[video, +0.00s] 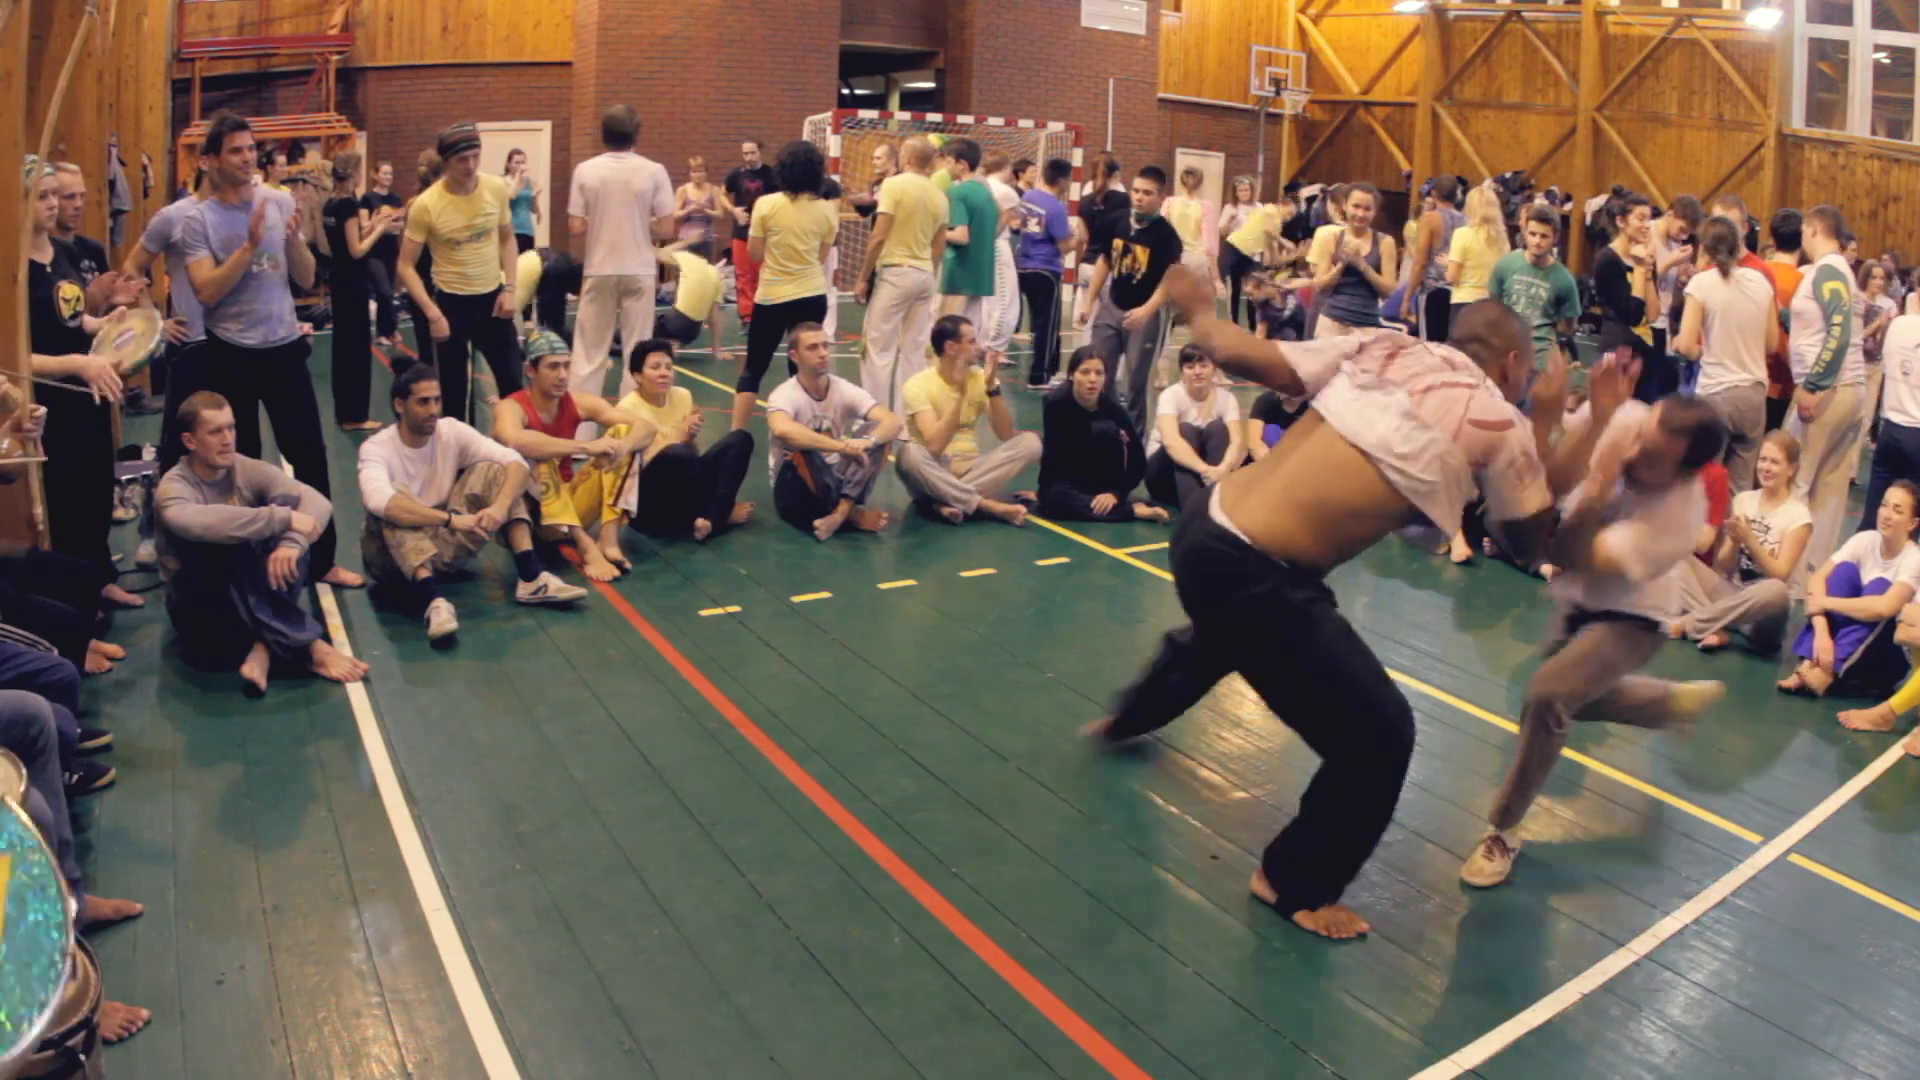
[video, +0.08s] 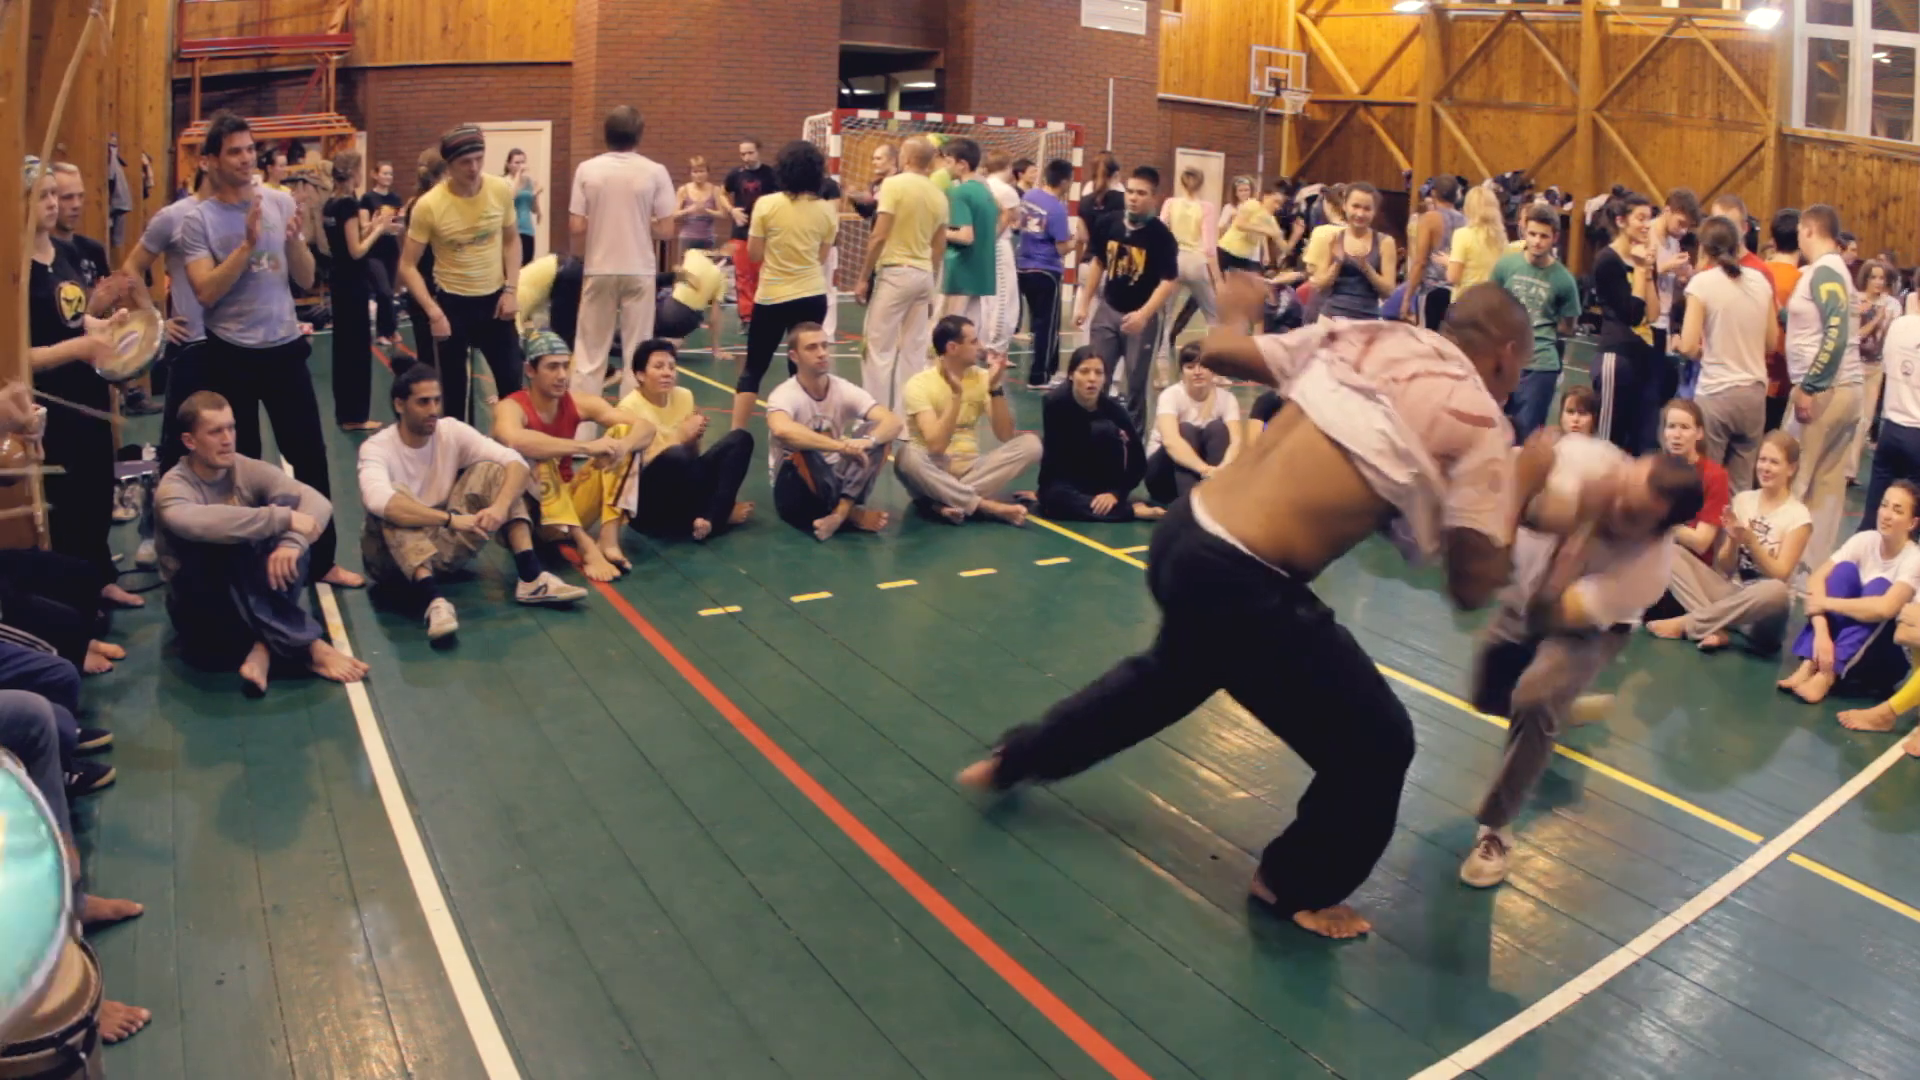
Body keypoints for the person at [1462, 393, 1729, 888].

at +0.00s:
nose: (1635, 457)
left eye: (1650, 458)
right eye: (1638, 443)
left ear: (1685, 470)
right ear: (1646, 422)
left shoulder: (1679, 518)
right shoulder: (1630, 420)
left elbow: (1572, 551)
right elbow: (1554, 481)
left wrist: (1601, 489)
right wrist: (1590, 418)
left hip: (1634, 617)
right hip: (1578, 595)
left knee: (1548, 696)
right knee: (1561, 699)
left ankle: (1501, 835)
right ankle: (1675, 702)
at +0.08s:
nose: (1620, 510)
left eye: (1635, 516)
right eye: (1625, 496)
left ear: (1663, 525)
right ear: (1632, 469)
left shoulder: (1650, 569)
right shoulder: (1593, 458)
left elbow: (1548, 613)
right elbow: (1513, 498)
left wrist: (1584, 529)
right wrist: (1578, 510)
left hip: (1590, 626)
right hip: (1526, 588)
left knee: (1534, 703)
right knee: (1489, 696)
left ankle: (1492, 830)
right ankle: (1566, 712)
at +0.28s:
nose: (1530, 583)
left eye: (1549, 592)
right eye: (1542, 566)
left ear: (1572, 603)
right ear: (1554, 534)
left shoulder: (1579, 622)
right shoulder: (1500, 523)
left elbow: (1556, 731)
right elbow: (1458, 631)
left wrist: (1527, 819)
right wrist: (1510, 734)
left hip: (1505, 643)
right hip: (1436, 599)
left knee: (1503, 730)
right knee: (1359, 652)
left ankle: (1487, 833)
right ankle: (1326, 689)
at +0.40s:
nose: (1464, 558)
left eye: (1482, 558)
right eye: (1468, 542)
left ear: (1508, 554)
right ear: (1467, 509)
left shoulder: (1517, 571)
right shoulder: (1415, 504)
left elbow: (1555, 666)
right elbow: (1396, 618)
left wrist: (1581, 754)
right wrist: (1484, 641)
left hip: (1458, 620)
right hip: (1389, 585)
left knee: (1460, 697)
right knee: (1276, 642)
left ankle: (1484, 835)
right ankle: (1236, 694)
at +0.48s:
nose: (1402, 524)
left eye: (1417, 518)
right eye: (1398, 509)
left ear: (1443, 510)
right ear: (1389, 484)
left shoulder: (1470, 522)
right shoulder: (1353, 487)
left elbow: (1526, 573)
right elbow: (1352, 584)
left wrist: (1562, 611)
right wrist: (1448, 570)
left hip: (1432, 584)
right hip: (1359, 566)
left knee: (1430, 675)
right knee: (1252, 624)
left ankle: (1481, 824)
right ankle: (1228, 701)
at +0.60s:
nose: (1302, 478)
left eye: (1311, 467)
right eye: (1293, 467)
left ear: (1335, 449)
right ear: (1282, 451)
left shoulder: (1375, 455)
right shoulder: (1269, 461)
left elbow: (1445, 463)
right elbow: (1230, 522)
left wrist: (1504, 469)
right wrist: (1304, 521)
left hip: (1388, 534)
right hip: (1307, 540)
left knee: (1423, 641)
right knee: (1226, 588)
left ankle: (1486, 764)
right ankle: (1228, 690)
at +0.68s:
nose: (1246, 468)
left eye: (1256, 455)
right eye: (1236, 458)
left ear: (1283, 438)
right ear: (1224, 447)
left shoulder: (1328, 444)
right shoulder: (1213, 459)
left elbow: (1422, 448)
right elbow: (1156, 504)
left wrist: (1502, 463)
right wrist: (1095, 523)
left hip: (1360, 512)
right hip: (1278, 524)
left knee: (1408, 618)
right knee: (1211, 570)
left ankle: (1493, 725)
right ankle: (1226, 687)